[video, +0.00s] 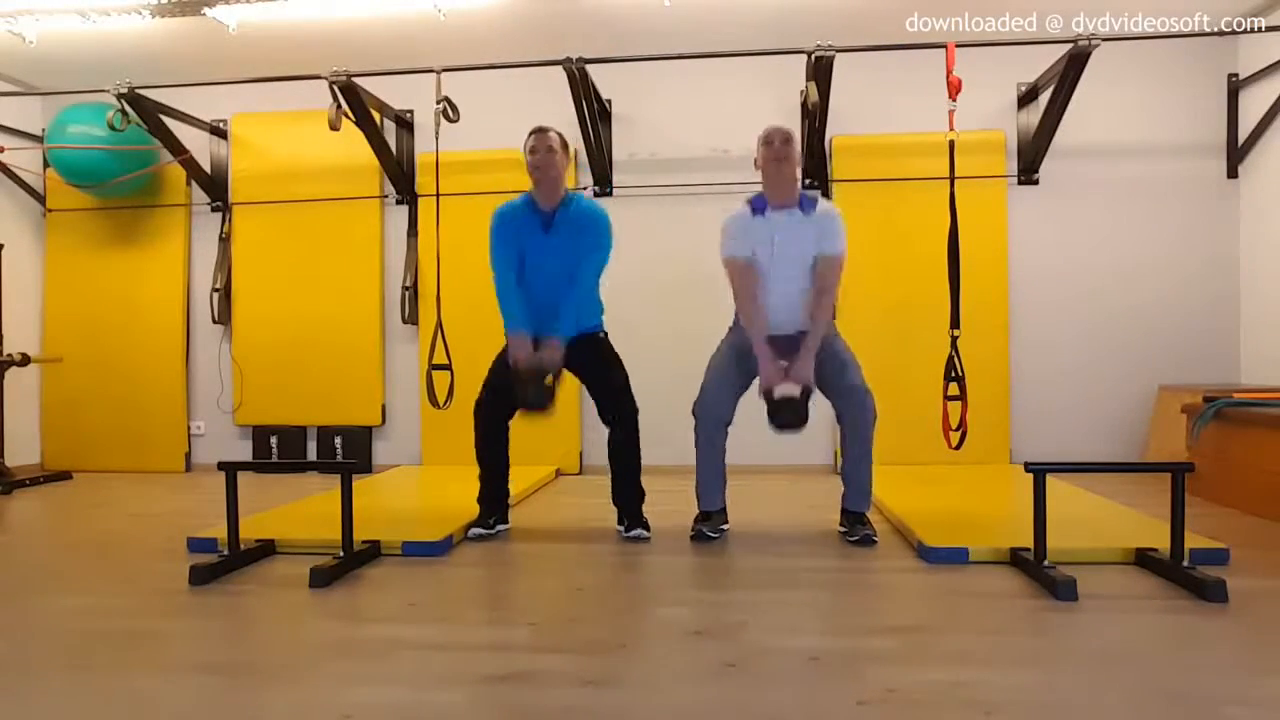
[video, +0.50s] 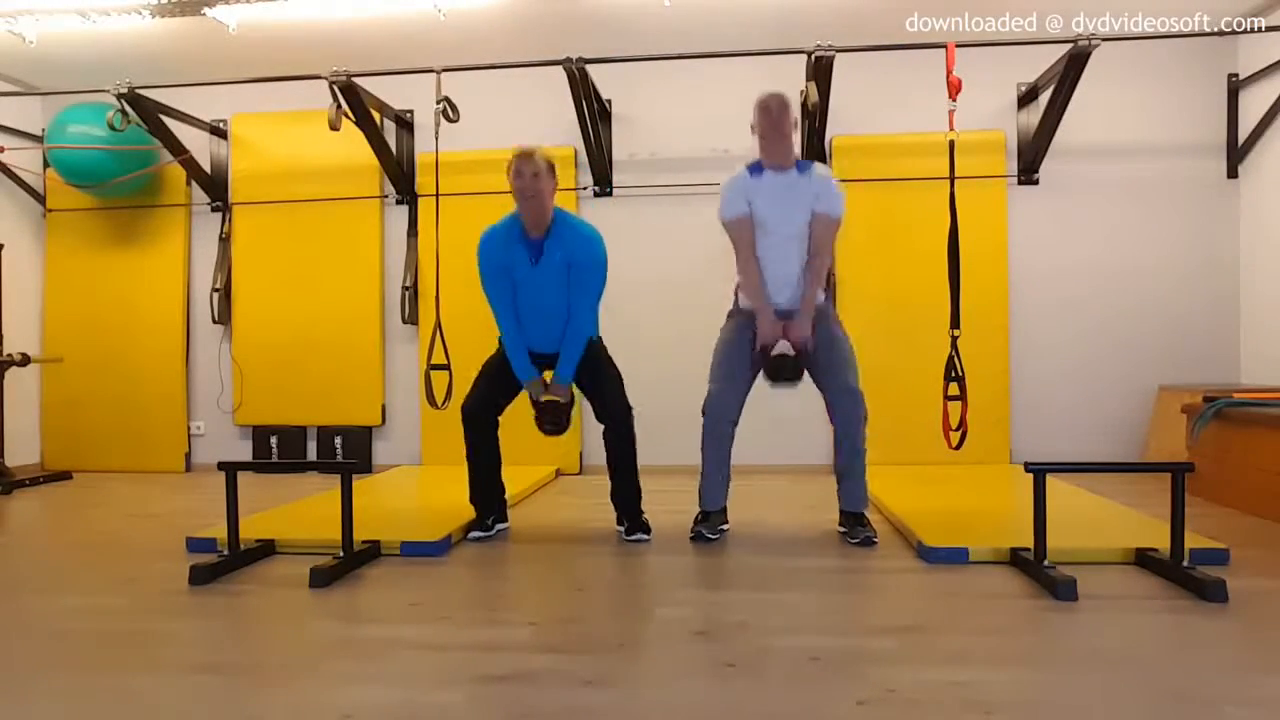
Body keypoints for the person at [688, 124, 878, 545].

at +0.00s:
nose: (778, 148)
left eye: (786, 142)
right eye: (769, 143)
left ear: (799, 158)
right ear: (757, 160)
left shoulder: (826, 217)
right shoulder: (739, 224)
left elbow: (825, 294)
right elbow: (746, 299)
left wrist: (808, 353)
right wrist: (765, 357)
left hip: (813, 336)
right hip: (752, 336)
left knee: (859, 403)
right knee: (709, 408)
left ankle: (855, 512)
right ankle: (711, 511)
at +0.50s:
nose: (775, 122)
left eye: (781, 115)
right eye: (766, 116)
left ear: (794, 125)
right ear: (754, 128)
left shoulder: (822, 183)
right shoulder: (738, 187)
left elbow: (820, 256)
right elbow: (746, 257)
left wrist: (806, 313)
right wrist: (763, 312)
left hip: (812, 309)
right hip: (751, 310)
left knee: (849, 407)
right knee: (719, 406)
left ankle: (853, 512)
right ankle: (712, 510)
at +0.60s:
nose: (774, 114)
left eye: (780, 108)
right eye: (765, 109)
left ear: (792, 122)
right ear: (752, 125)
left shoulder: (817, 166)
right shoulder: (738, 174)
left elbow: (820, 207)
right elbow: (746, 214)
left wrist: (805, 252)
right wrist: (771, 253)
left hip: (811, 304)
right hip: (753, 305)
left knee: (840, 405)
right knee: (727, 407)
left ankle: (853, 511)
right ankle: (713, 510)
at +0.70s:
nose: (774, 128)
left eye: (781, 122)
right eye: (766, 123)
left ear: (792, 134)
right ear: (753, 136)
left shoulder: (812, 169)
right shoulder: (741, 175)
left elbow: (825, 187)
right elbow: (738, 189)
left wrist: (776, 183)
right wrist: (784, 182)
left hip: (810, 301)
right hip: (753, 303)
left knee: (835, 405)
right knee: (732, 407)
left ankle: (852, 511)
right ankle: (713, 510)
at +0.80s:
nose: (787, 136)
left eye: (795, 129)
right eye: (781, 128)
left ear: (808, 129)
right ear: (763, 125)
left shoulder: (816, 171)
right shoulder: (742, 174)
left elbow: (821, 179)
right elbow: (739, 177)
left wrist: (810, 128)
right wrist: (760, 135)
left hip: (811, 300)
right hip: (754, 301)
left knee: (837, 405)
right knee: (733, 405)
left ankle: (853, 511)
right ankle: (714, 508)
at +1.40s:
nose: (779, 114)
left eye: (787, 109)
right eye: (771, 109)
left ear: (800, 124)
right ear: (759, 125)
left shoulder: (822, 167)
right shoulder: (746, 173)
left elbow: (827, 186)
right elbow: (745, 189)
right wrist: (771, 200)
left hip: (815, 313)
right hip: (756, 314)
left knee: (849, 411)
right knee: (724, 412)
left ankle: (852, 512)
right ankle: (714, 511)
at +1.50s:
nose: (779, 122)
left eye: (787, 117)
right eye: (771, 117)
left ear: (799, 133)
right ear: (758, 134)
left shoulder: (825, 181)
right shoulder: (745, 188)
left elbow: (825, 234)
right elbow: (751, 240)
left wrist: (811, 283)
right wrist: (774, 287)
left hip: (816, 319)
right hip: (758, 319)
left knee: (855, 407)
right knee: (718, 412)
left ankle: (853, 512)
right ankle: (713, 510)